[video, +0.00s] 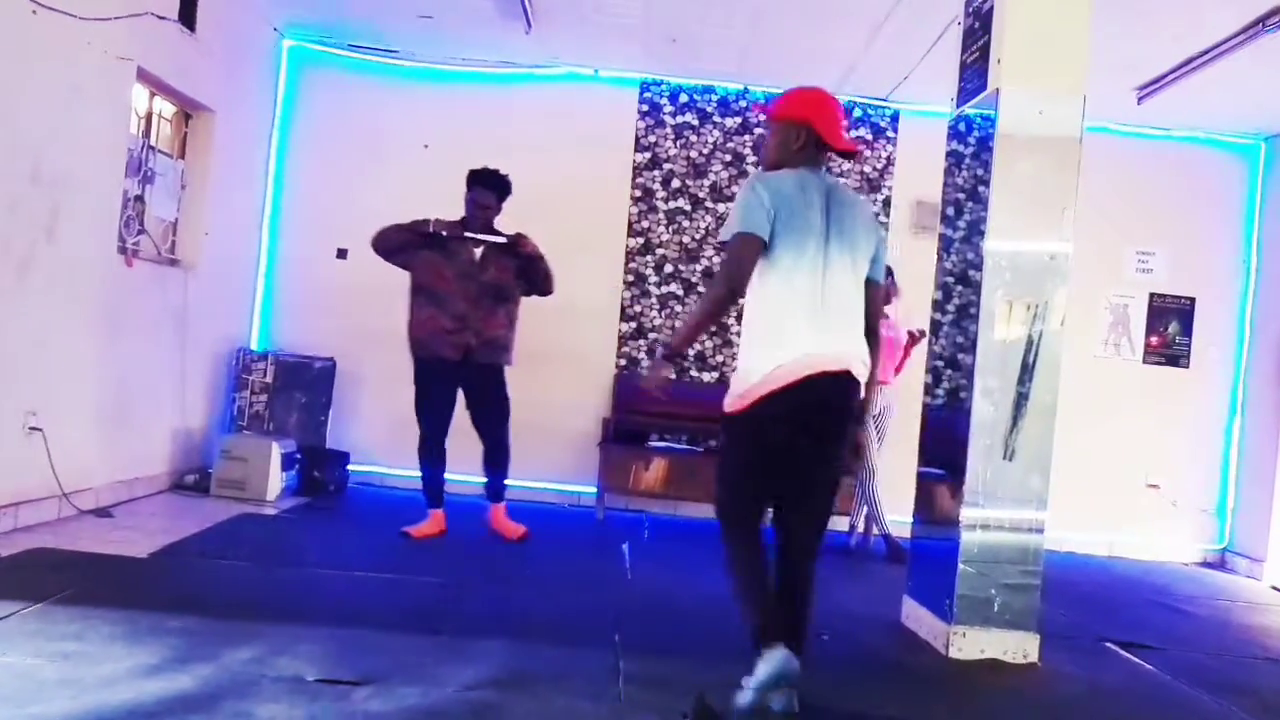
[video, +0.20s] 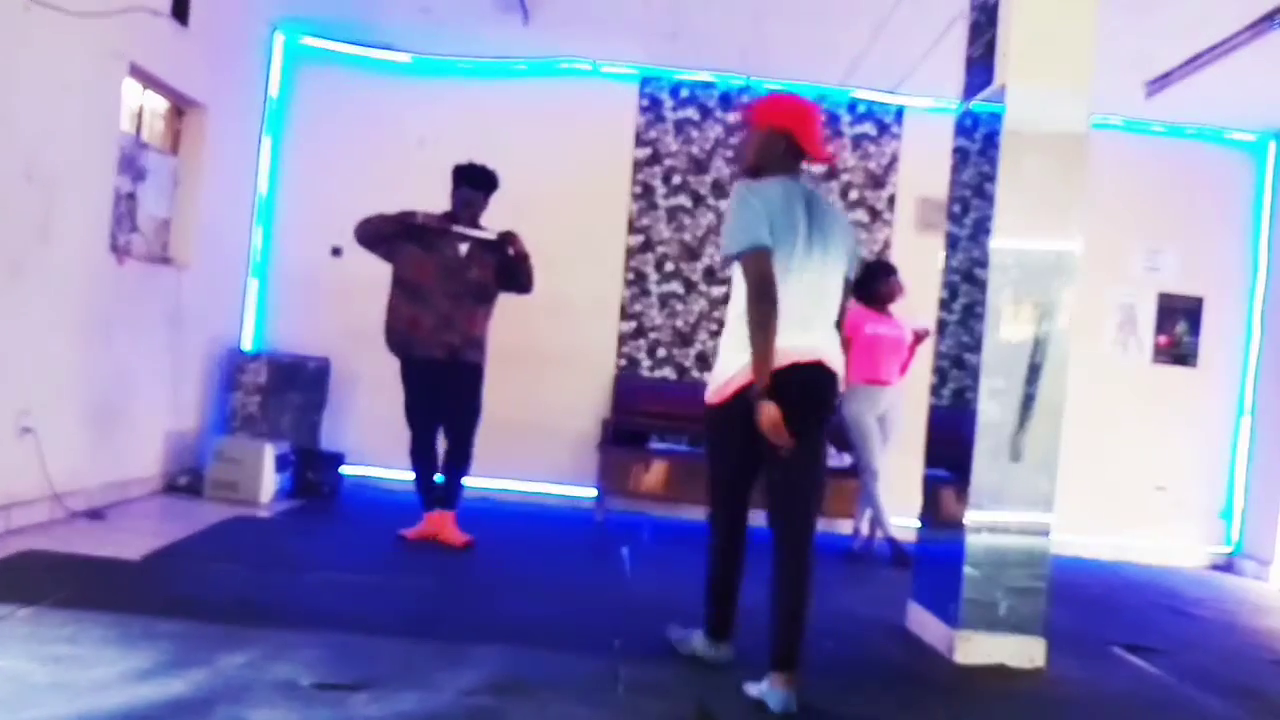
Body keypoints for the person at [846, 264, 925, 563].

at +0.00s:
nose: (888, 293)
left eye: (890, 287)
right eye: (884, 286)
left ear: (892, 291)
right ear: (872, 290)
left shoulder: (894, 324)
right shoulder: (862, 321)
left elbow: (893, 370)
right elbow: (857, 358)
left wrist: (909, 347)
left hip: (886, 394)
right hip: (861, 394)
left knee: (869, 466)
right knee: (870, 466)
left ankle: (854, 534)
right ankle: (886, 535)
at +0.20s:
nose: (899, 286)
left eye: (897, 280)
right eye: (892, 281)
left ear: (887, 286)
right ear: (876, 286)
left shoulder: (896, 324)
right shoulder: (856, 317)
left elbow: (899, 371)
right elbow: (847, 346)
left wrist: (914, 344)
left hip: (890, 392)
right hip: (860, 392)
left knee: (875, 467)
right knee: (871, 466)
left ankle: (860, 533)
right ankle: (890, 537)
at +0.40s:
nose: (897, 287)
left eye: (895, 280)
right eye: (890, 281)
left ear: (889, 285)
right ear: (874, 286)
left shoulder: (894, 324)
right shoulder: (852, 316)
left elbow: (899, 371)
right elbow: (837, 362)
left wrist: (913, 345)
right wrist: (834, 401)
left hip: (888, 392)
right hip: (859, 391)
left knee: (874, 466)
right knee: (869, 464)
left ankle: (859, 531)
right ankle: (889, 536)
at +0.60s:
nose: (895, 287)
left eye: (894, 281)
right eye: (888, 281)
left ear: (888, 286)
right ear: (872, 286)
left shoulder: (895, 325)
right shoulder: (850, 317)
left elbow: (897, 372)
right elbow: (836, 363)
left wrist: (911, 346)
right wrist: (832, 401)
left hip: (886, 391)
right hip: (856, 389)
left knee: (872, 466)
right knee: (868, 464)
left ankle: (857, 531)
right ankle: (885, 535)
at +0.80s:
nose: (892, 285)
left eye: (891, 280)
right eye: (885, 280)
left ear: (888, 287)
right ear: (869, 285)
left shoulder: (895, 326)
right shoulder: (847, 317)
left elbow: (895, 373)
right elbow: (833, 364)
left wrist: (908, 346)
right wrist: (827, 403)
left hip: (884, 396)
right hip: (852, 393)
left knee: (869, 467)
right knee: (867, 465)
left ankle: (850, 532)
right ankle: (885, 537)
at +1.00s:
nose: (889, 286)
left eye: (889, 281)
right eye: (882, 280)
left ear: (889, 287)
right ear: (866, 286)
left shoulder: (895, 326)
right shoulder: (846, 317)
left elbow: (894, 374)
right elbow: (832, 364)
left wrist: (906, 346)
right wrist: (826, 405)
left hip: (882, 397)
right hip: (851, 393)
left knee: (868, 466)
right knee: (866, 464)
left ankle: (850, 533)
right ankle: (885, 536)